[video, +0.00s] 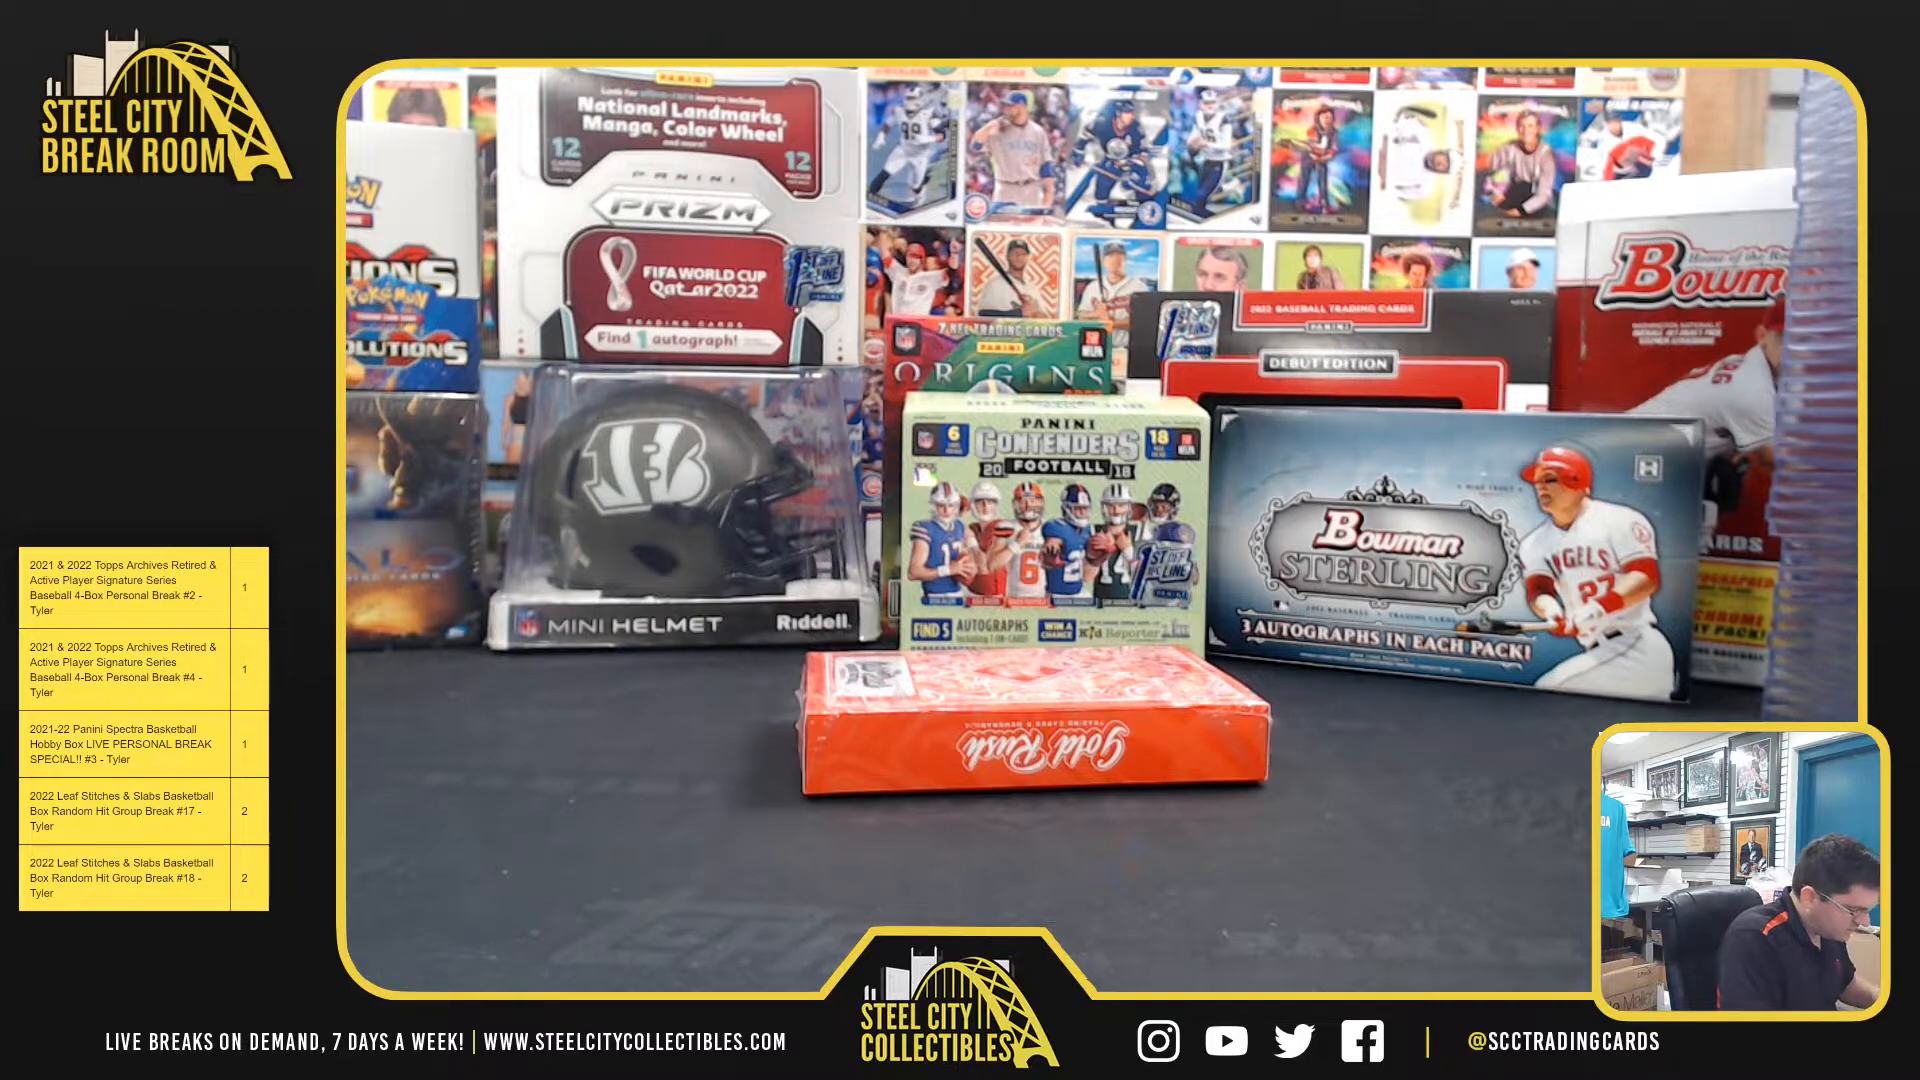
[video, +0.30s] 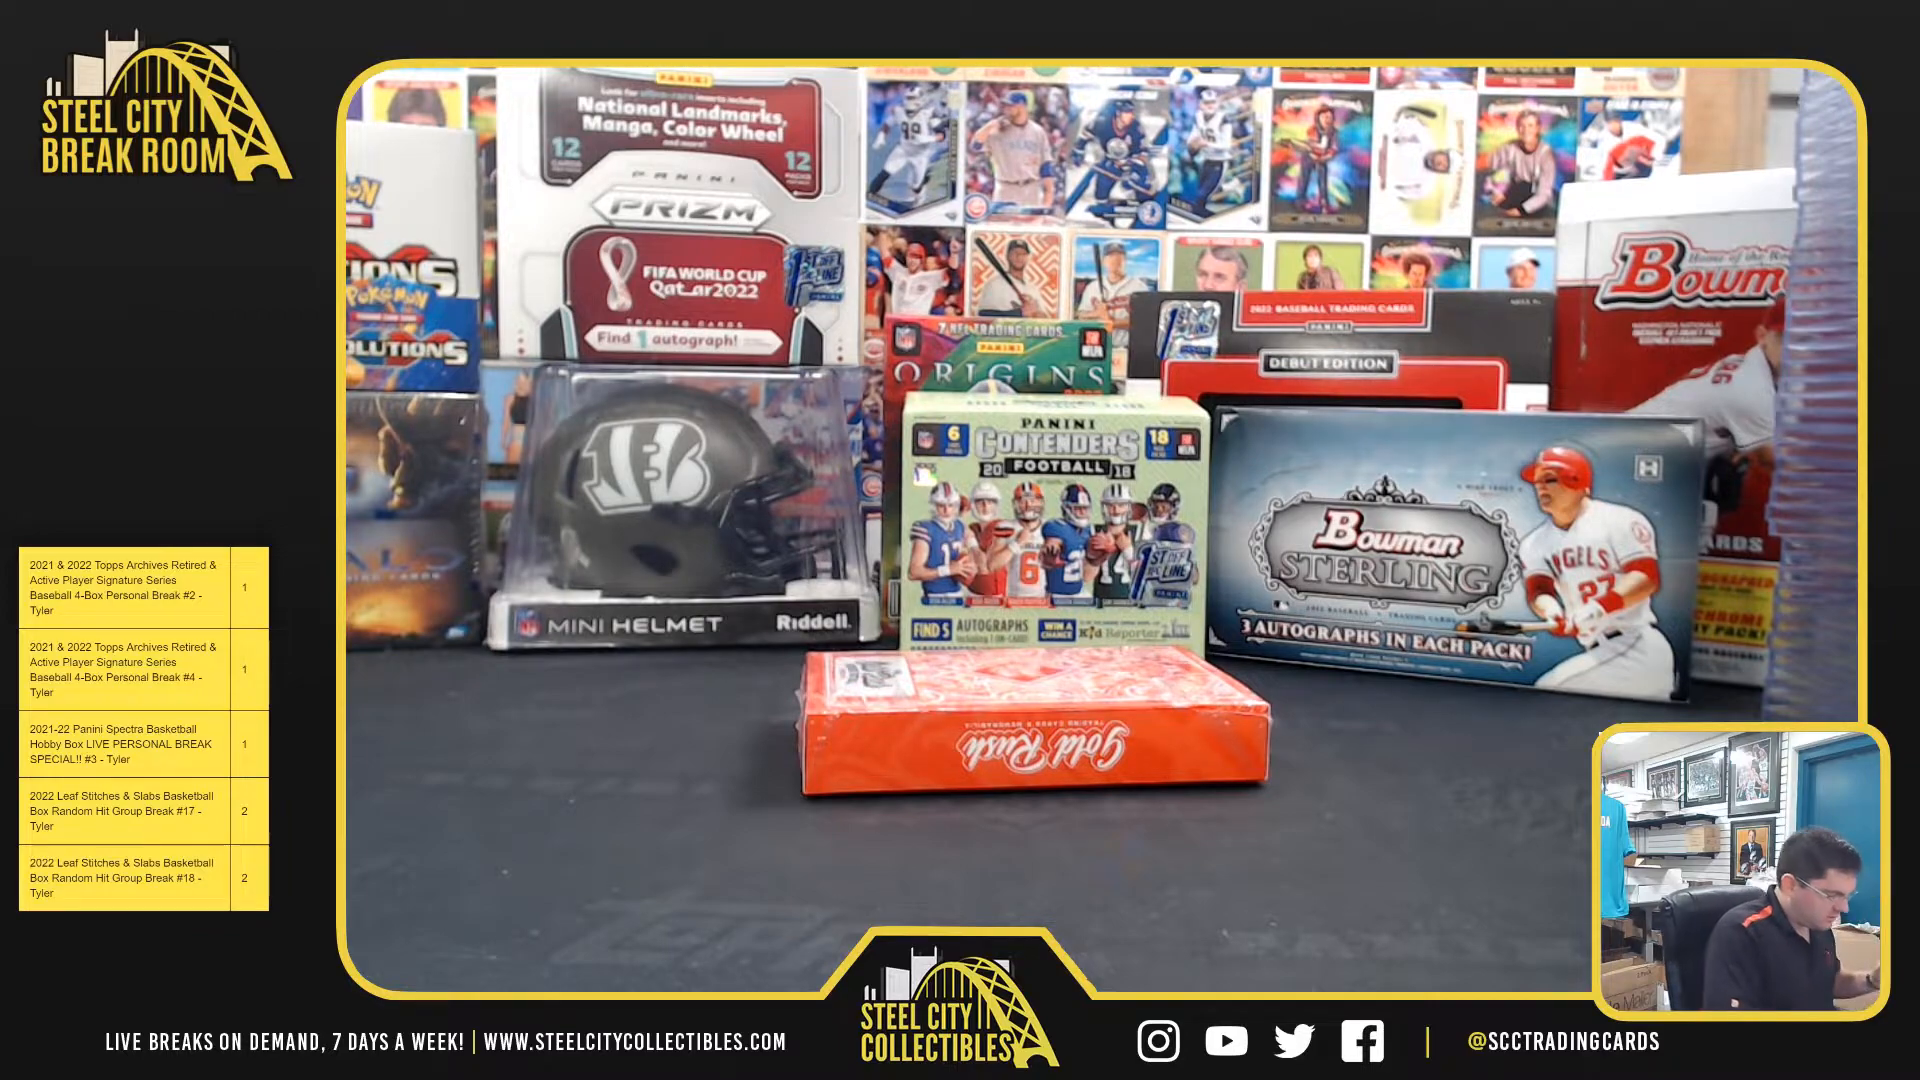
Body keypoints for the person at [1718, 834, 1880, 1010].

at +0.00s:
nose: (1864, 922)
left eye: (1867, 910)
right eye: (1854, 911)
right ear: (1809, 898)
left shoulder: (1827, 927)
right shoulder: (1752, 938)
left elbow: (1846, 984)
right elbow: (1746, 1018)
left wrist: (1882, 999)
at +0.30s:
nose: (1844, 908)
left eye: (1848, 896)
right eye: (1833, 896)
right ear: (1790, 884)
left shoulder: (1818, 925)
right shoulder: (1737, 932)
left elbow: (1827, 983)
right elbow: (1725, 1018)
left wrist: (1871, 980)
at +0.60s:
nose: (1820, 897)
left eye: (1827, 886)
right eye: (1810, 883)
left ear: (1832, 882)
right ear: (1773, 874)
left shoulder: (1822, 929)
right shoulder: (1727, 925)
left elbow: (1844, 987)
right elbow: (1711, 1005)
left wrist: (1864, 984)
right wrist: (1810, 1015)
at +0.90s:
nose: (1812, 895)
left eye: (1820, 883)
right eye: (1800, 880)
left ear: (1825, 880)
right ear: (1767, 872)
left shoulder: (1826, 929)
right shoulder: (1722, 925)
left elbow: (1858, 1005)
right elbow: (1702, 1002)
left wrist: (1867, 985)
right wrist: (1793, 998)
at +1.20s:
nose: (1806, 894)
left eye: (1815, 882)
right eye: (1793, 880)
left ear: (1821, 879)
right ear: (1762, 874)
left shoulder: (1830, 927)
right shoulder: (1720, 926)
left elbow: (1875, 1001)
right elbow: (1696, 1001)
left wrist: (1871, 986)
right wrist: (1784, 995)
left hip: (1821, 1048)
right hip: (1743, 1050)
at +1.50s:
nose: (1816, 909)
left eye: (1824, 894)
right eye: (1801, 895)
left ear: (1829, 886)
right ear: (1763, 885)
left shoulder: (1833, 931)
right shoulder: (1717, 947)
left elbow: (1865, 971)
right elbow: (1680, 1019)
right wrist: (1750, 1011)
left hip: (1824, 1059)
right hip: (1746, 1064)